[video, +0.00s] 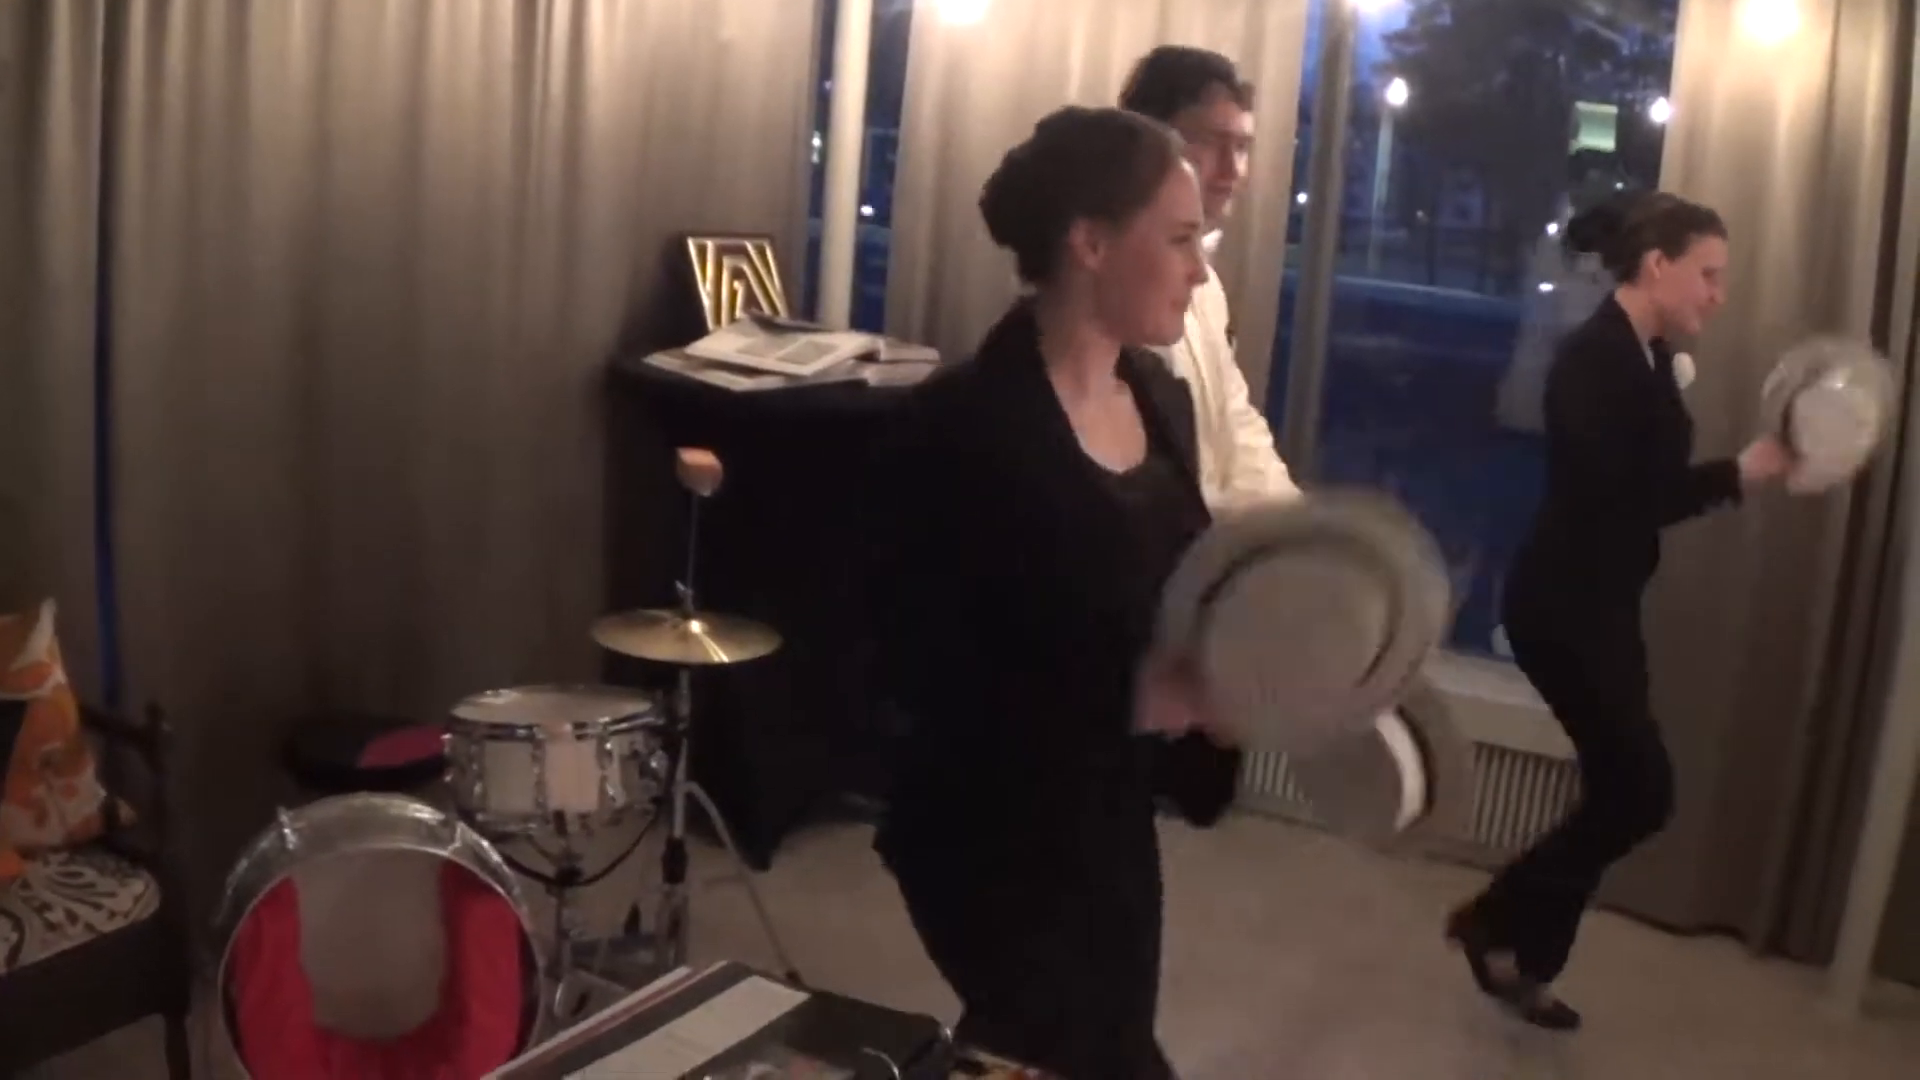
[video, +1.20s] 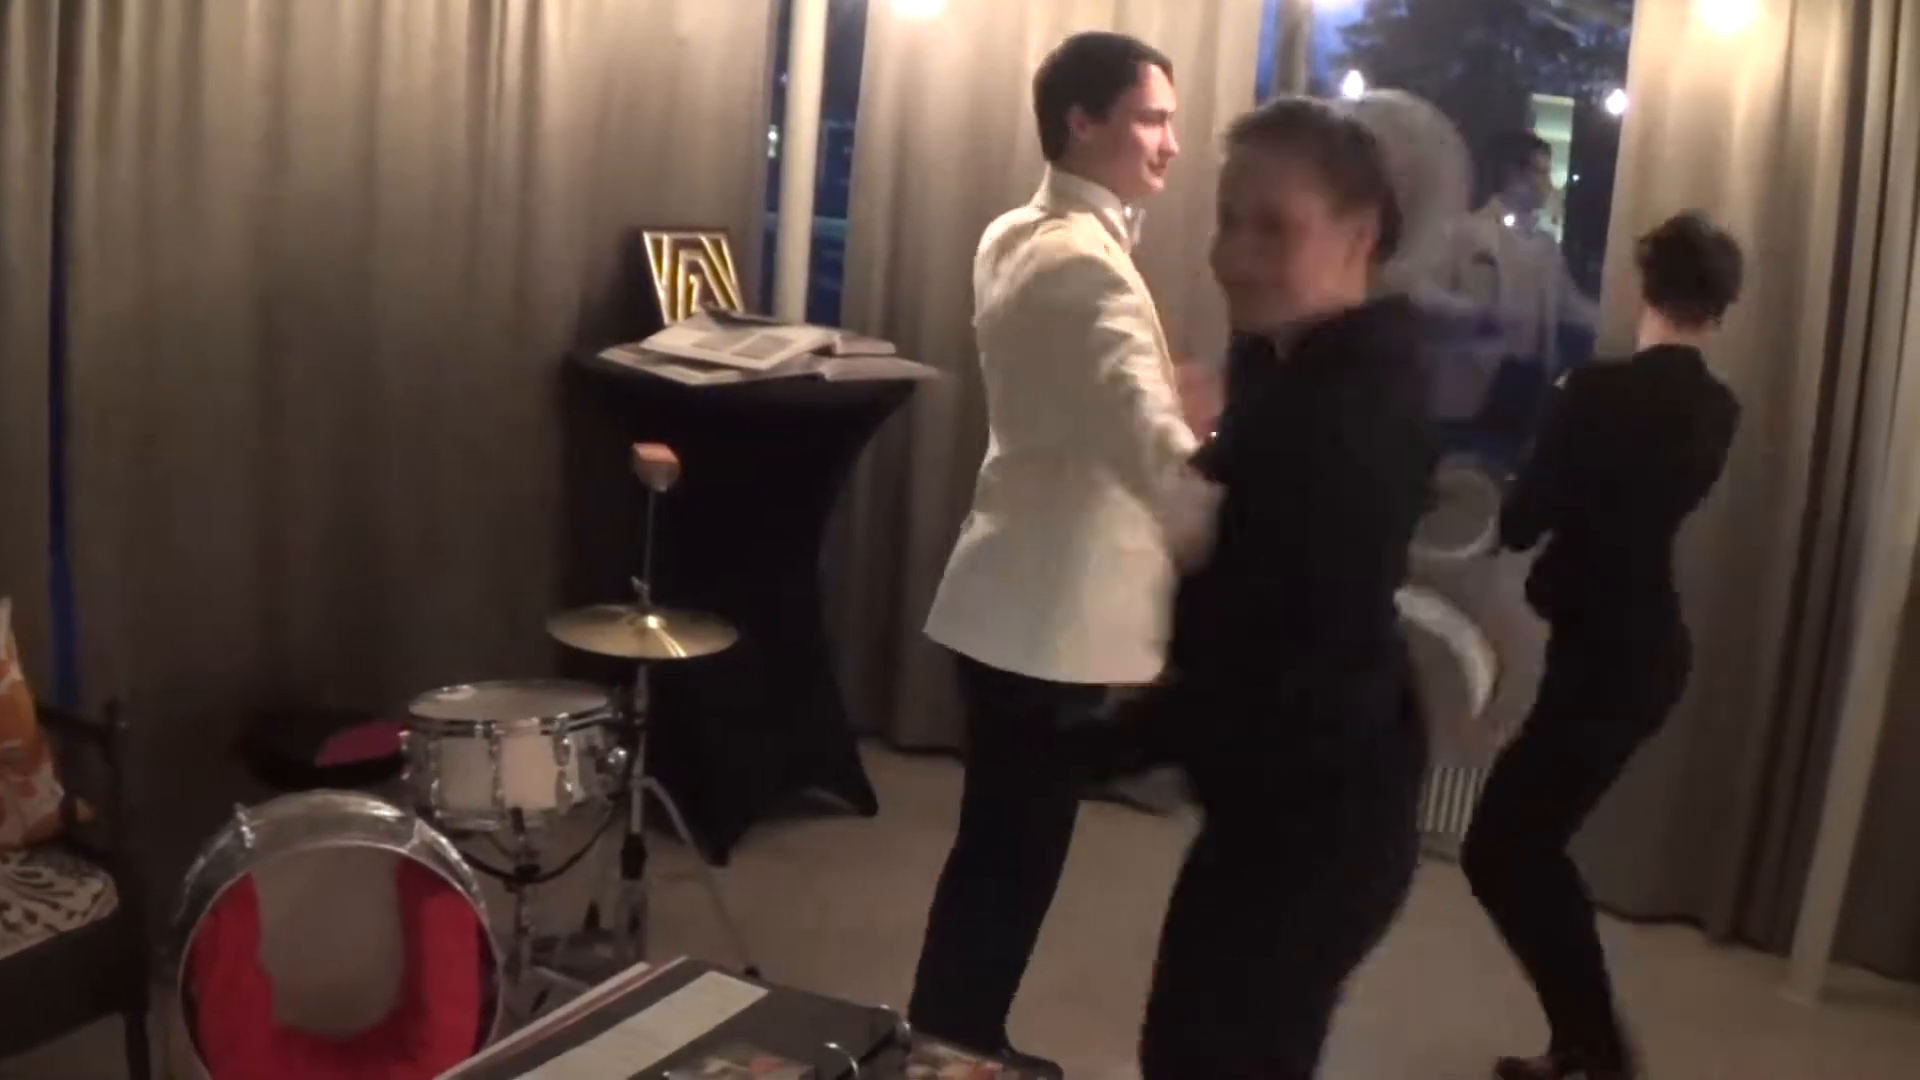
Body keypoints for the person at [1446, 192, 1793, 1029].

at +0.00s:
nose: (1717, 296)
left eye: (1721, 279)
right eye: (1707, 275)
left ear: (1658, 272)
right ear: (1654, 267)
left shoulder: (1649, 360)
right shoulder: (1597, 358)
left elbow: (1644, 495)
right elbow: (1624, 501)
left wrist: (1743, 479)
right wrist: (1737, 472)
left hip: (1601, 603)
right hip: (1562, 603)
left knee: (1618, 786)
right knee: (1639, 790)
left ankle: (1526, 963)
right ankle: (1491, 921)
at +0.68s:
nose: (1738, 306)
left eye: (1741, 289)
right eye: (1731, 286)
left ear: (1690, 280)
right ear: (1677, 276)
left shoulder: (1667, 365)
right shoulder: (1620, 357)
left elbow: (1662, 486)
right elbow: (1643, 470)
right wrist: (1704, 400)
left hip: (1600, 606)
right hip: (1556, 601)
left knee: (1566, 780)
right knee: (1565, 786)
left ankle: (1494, 916)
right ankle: (1468, 964)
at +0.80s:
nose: (1736, 332)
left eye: (1739, 316)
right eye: (1727, 314)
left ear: (1687, 318)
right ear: (1677, 313)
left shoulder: (1692, 410)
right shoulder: (1595, 390)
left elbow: (1673, 524)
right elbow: (1520, 488)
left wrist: (1736, 530)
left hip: (1625, 636)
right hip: (1550, 625)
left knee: (1558, 788)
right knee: (1571, 818)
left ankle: (1472, 902)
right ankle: (1530, 1025)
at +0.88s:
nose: (1719, 319)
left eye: (1723, 303)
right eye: (1703, 300)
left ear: (1713, 316)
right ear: (1647, 305)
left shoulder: (1707, 422)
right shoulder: (1575, 393)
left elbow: (1698, 555)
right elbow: (1506, 503)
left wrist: (1771, 630)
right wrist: (1479, 597)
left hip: (1635, 649)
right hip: (1548, 635)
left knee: (1580, 816)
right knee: (1576, 819)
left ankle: (1498, 881)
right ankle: (1550, 1046)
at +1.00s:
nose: (1609, 297)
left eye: (1630, 281)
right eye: (1614, 279)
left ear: (1680, 302)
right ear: (1621, 297)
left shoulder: (1708, 417)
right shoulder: (1578, 395)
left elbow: (1673, 559)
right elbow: (1537, 504)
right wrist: (1506, 497)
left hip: (1633, 660)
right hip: (1543, 645)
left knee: (1601, 854)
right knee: (1534, 847)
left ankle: (1543, 925)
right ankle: (1533, 1035)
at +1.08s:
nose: (1629, 298)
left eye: (1634, 285)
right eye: (1636, 284)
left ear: (1647, 290)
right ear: (1719, 307)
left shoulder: (1667, 409)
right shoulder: (1662, 396)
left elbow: (1606, 528)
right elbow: (1608, 502)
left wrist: (1540, 465)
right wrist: (1556, 451)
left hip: (1614, 656)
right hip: (1575, 642)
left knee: (1551, 839)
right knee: (1516, 831)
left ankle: (1632, 941)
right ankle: (1552, 1024)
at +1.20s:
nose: (1634, 294)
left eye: (1637, 281)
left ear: (1642, 287)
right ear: (1722, 306)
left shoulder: (1598, 387)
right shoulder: (1718, 408)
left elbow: (1521, 522)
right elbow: (1664, 506)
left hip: (1594, 642)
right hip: (1654, 642)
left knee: (1497, 845)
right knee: (1536, 841)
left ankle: (1588, 1046)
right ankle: (1589, 1044)